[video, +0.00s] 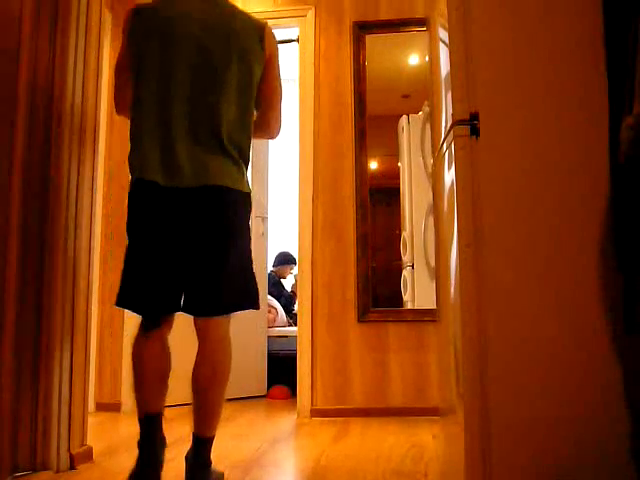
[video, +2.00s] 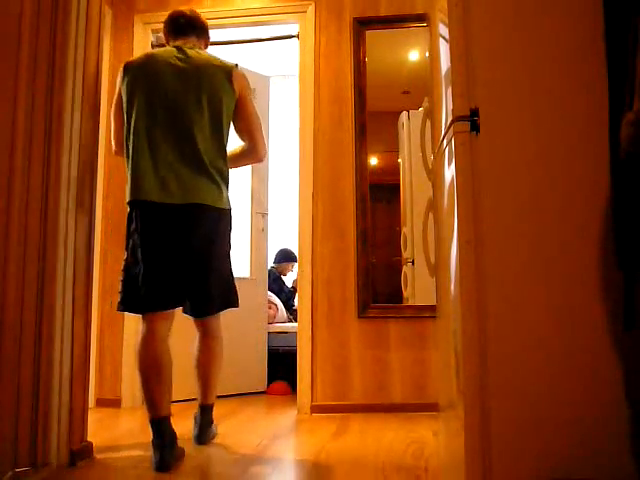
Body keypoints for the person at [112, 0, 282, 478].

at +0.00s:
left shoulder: (145, 17)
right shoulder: (256, 30)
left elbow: (123, 101)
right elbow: (269, 124)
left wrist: (173, 110)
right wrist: (217, 118)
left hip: (154, 190)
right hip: (220, 195)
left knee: (154, 322)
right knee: (213, 326)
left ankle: (150, 452)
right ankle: (200, 463)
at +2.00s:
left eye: (168, 35)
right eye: (203, 40)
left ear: (164, 37)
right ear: (206, 40)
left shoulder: (133, 71)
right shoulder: (229, 74)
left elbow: (119, 144)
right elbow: (256, 149)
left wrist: (159, 154)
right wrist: (216, 161)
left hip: (151, 211)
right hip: (207, 211)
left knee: (155, 324)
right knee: (209, 323)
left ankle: (163, 440)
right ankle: (204, 419)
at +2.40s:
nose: (193, 59)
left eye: (191, 56)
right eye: (211, 56)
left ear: (190, 60)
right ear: (227, 65)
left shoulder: (164, 83)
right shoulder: (249, 98)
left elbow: (143, 156)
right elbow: (263, 169)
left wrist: (172, 175)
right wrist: (223, 188)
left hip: (165, 215)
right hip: (217, 219)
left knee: (158, 314)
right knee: (215, 323)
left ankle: (153, 406)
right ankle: (204, 422)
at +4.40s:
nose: (187, 75)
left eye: (188, 72)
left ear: (189, 72)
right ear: (224, 72)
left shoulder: (167, 94)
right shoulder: (251, 102)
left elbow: (145, 163)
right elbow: (268, 170)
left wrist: (180, 179)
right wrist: (230, 180)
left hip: (175, 219)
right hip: (224, 222)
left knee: (173, 319)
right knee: (215, 323)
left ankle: (174, 421)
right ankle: (205, 422)